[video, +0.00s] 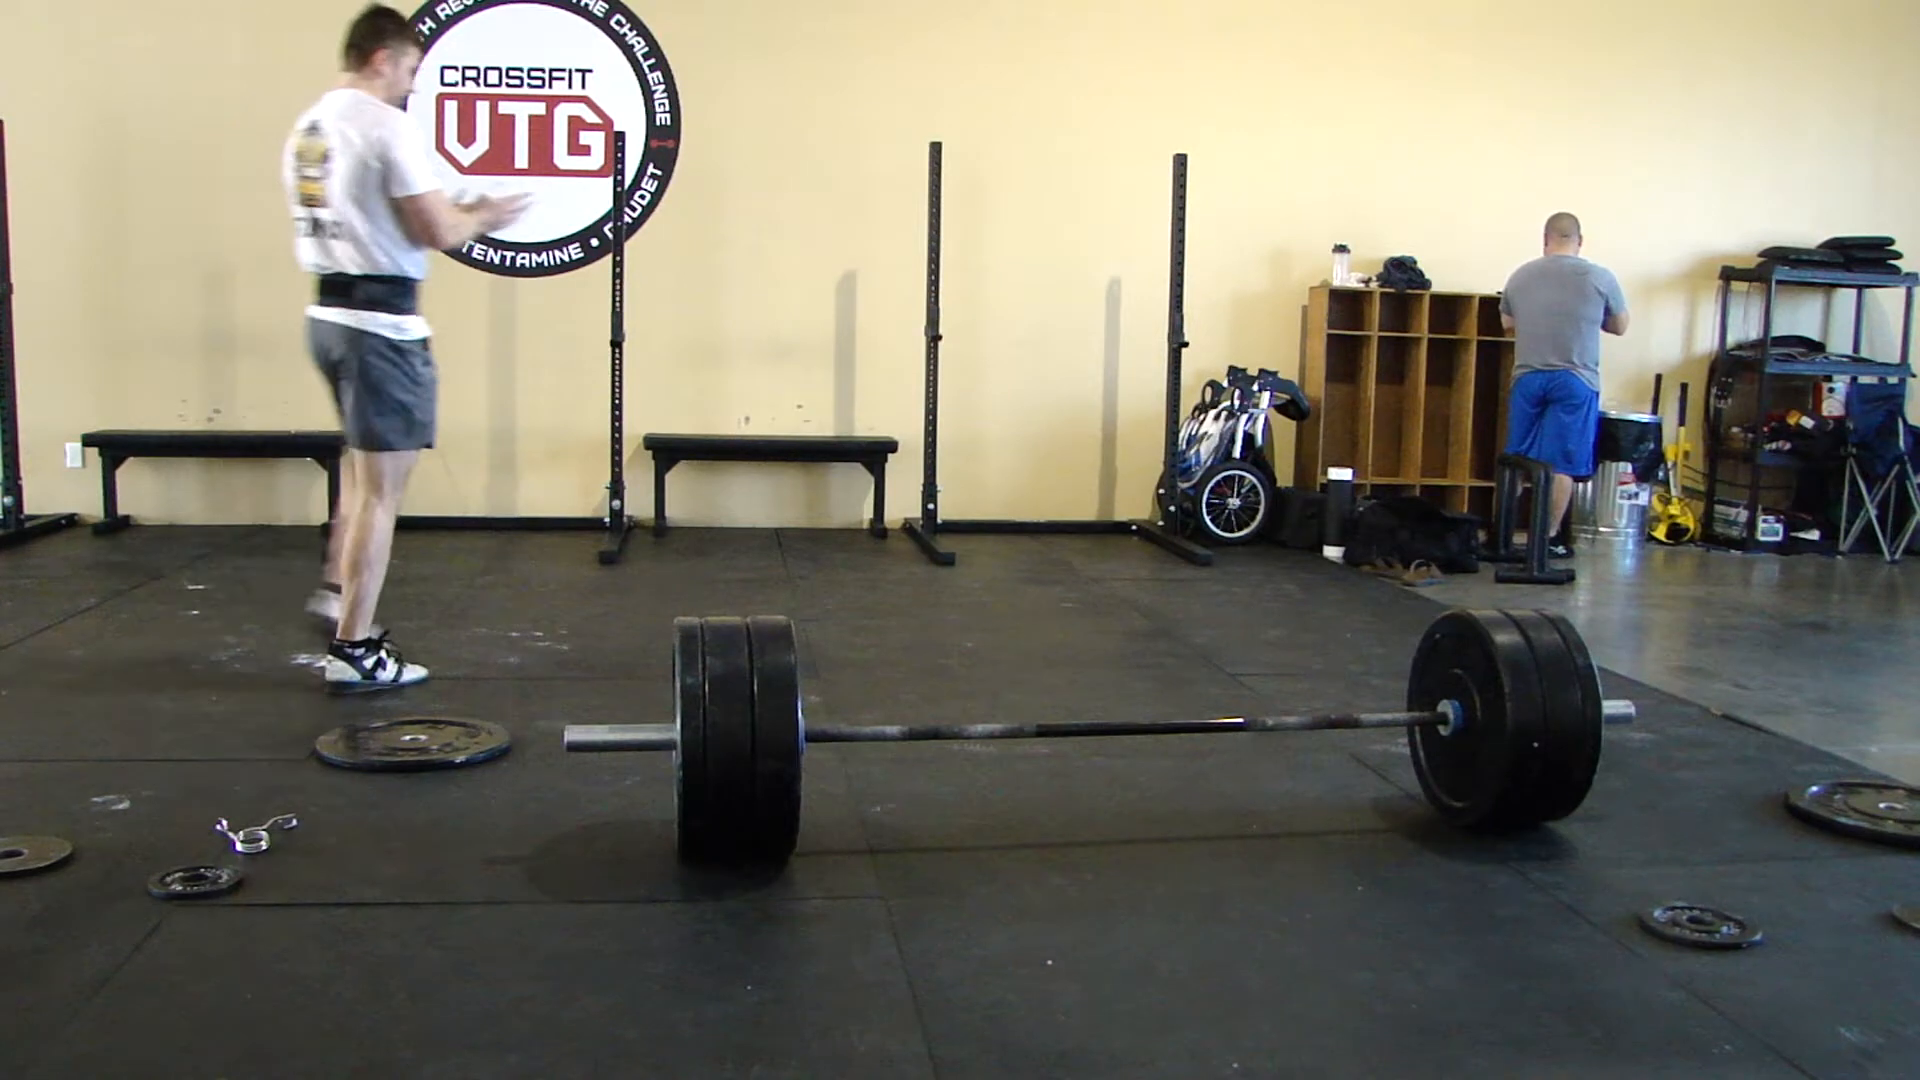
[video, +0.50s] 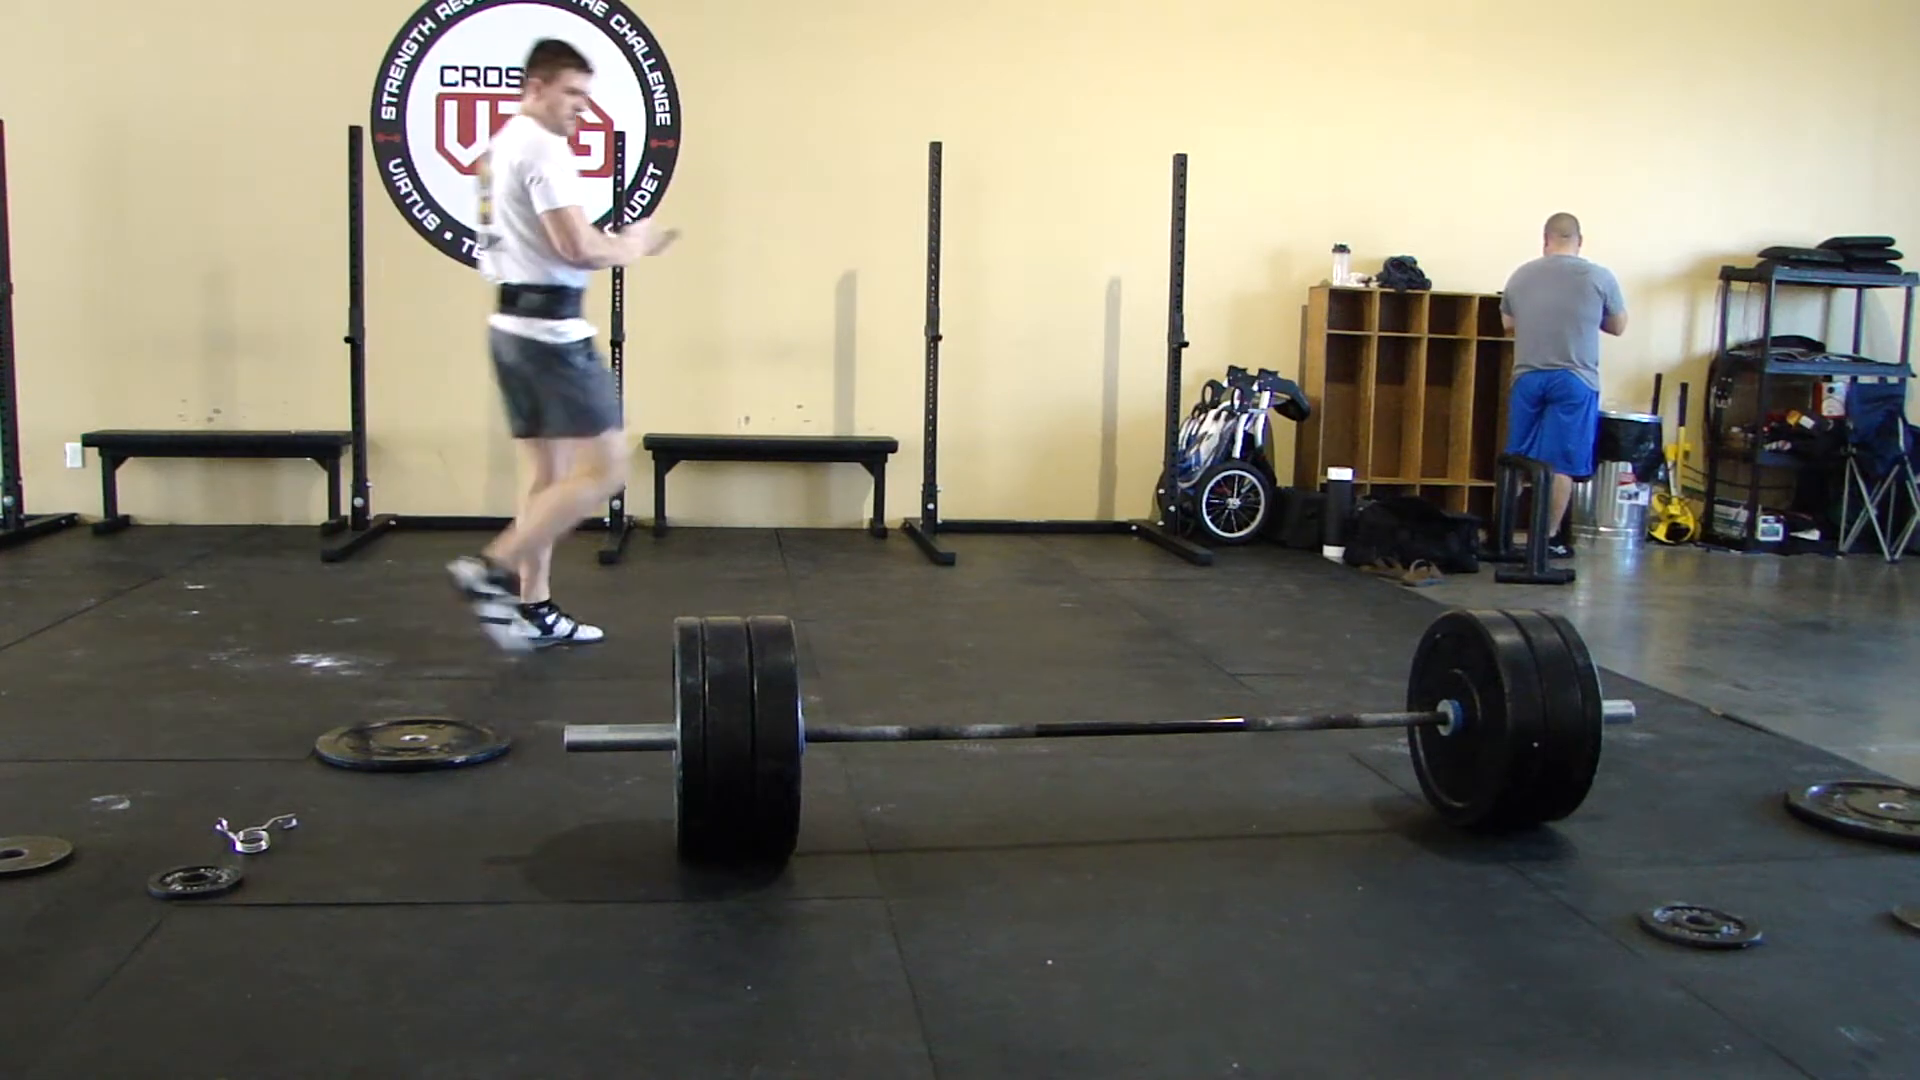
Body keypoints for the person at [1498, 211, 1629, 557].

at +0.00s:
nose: (1564, 245)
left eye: (1549, 238)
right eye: (1577, 240)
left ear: (1545, 239)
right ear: (1580, 241)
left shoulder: (1520, 275)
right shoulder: (1598, 276)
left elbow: (1509, 324)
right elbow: (1619, 326)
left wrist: (1543, 315)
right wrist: (1582, 313)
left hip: (1527, 378)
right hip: (1575, 379)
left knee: (1516, 460)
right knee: (1562, 466)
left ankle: (1502, 536)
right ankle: (1546, 540)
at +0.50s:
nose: (1553, 245)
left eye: (1548, 240)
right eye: (1576, 240)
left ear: (1545, 240)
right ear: (1580, 241)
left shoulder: (1521, 275)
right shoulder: (1599, 276)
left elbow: (1509, 323)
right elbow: (1617, 326)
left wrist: (1543, 314)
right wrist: (1581, 312)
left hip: (1527, 377)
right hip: (1575, 379)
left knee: (1516, 459)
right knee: (1561, 466)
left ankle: (1502, 535)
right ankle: (1547, 540)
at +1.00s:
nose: (1571, 245)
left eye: (1550, 240)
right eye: (1577, 240)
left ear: (1544, 240)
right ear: (1580, 241)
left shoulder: (1520, 275)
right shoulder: (1597, 276)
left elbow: (1509, 324)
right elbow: (1618, 326)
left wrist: (1542, 314)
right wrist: (1582, 311)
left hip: (1527, 377)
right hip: (1575, 379)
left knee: (1516, 459)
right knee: (1562, 465)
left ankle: (1501, 534)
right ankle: (1547, 540)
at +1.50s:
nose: (1578, 245)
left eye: (1555, 238)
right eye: (1581, 240)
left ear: (1548, 239)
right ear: (1583, 241)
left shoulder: (1521, 274)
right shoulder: (1597, 276)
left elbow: (1506, 320)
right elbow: (1623, 317)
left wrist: (1540, 313)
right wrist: (1592, 299)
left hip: (1527, 377)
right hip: (1575, 379)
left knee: (1516, 459)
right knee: (1562, 466)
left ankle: (1501, 536)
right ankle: (1547, 540)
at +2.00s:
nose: (1582, 246)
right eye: (1584, 241)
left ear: (1550, 239)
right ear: (1584, 241)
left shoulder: (1521, 273)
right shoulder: (1597, 277)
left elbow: (1507, 311)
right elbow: (1615, 330)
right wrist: (1623, 370)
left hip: (1528, 378)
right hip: (1576, 380)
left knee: (1518, 460)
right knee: (1563, 466)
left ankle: (1501, 534)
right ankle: (1547, 540)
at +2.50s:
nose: (1585, 244)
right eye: (1585, 240)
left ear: (1550, 239)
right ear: (1586, 241)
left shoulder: (1523, 272)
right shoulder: (1599, 277)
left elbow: (1511, 299)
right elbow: (1616, 331)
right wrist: (1628, 377)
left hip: (1529, 379)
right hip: (1577, 382)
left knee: (1520, 461)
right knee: (1564, 466)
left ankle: (1501, 533)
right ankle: (1548, 539)